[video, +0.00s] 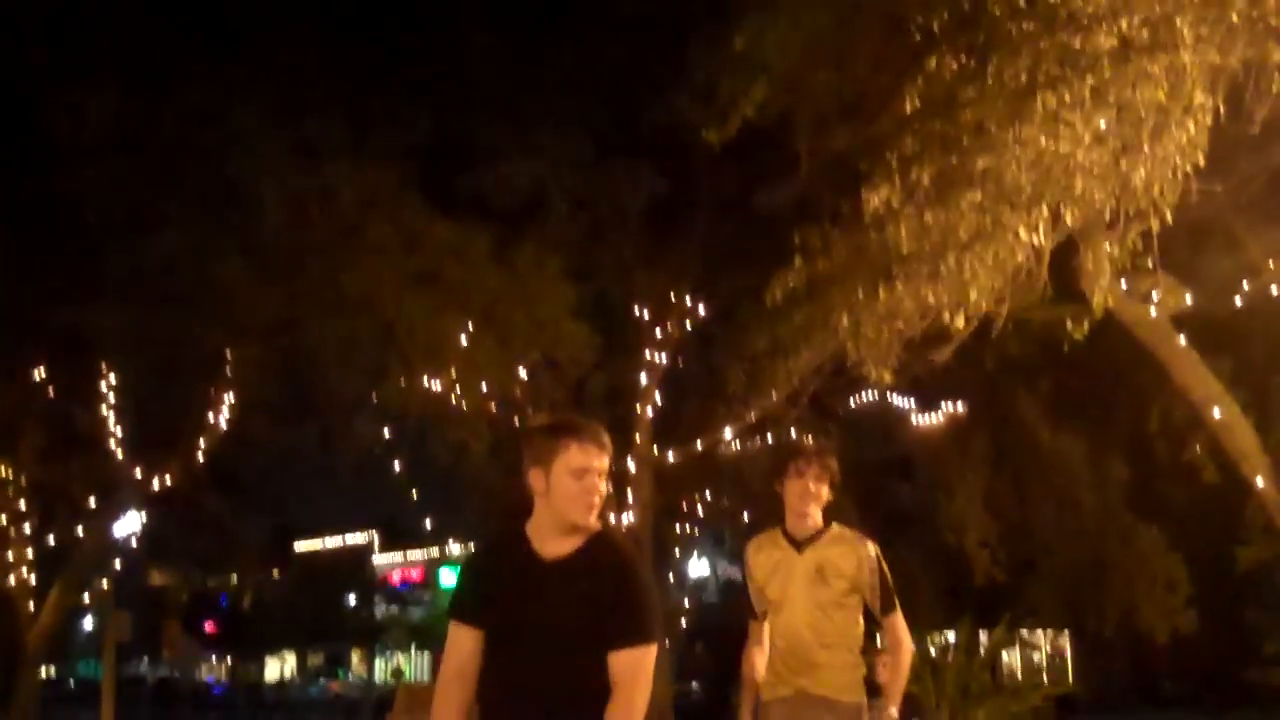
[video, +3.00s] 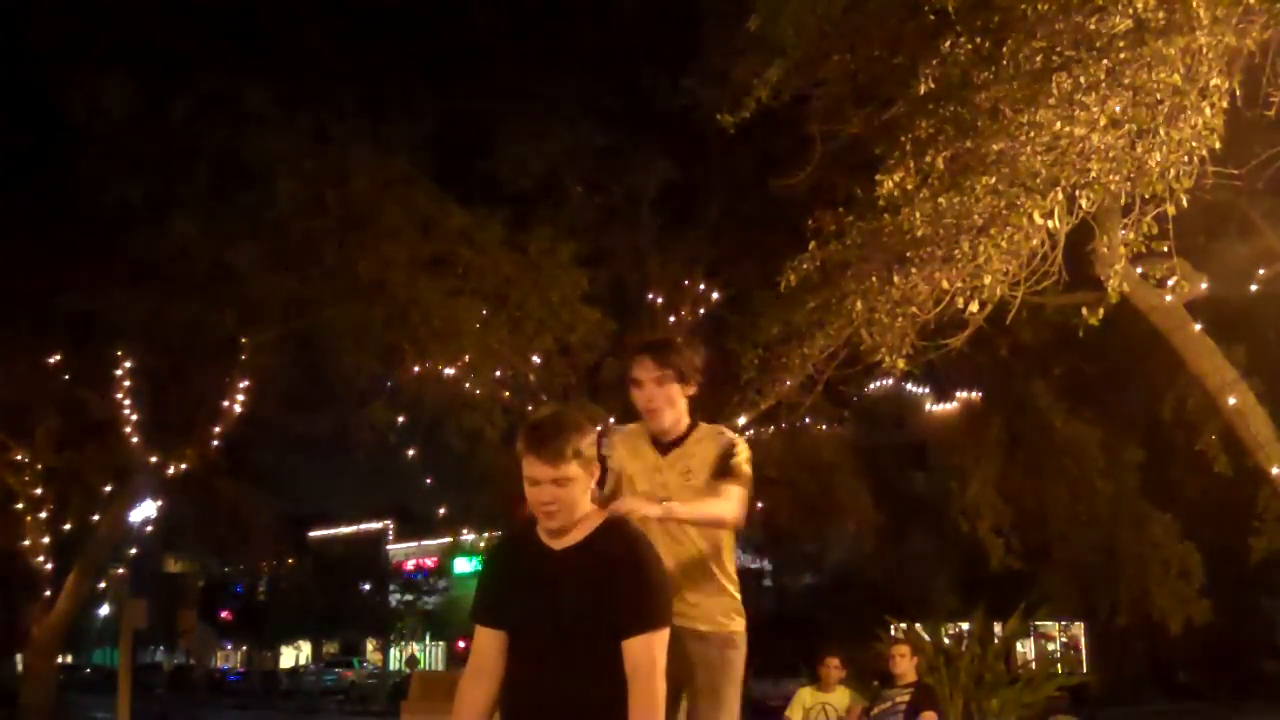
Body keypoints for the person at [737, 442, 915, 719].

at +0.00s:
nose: (809, 487)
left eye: (819, 479)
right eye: (799, 476)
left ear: (829, 492)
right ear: (781, 486)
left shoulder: (859, 551)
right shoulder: (758, 551)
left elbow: (900, 640)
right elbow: (757, 638)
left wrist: (890, 707)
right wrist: (746, 709)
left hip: (841, 702)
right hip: (778, 702)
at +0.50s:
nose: (755, 485)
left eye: (766, 476)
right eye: (746, 476)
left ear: (784, 487)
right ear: (734, 488)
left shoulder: (814, 547)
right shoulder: (729, 552)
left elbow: (840, 637)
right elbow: (733, 635)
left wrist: (843, 712)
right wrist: (718, 710)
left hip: (808, 700)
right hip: (750, 700)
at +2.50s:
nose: (709, 479)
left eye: (721, 467)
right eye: (700, 467)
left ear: (743, 476)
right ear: (691, 475)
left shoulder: (781, 539)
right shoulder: (675, 543)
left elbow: (815, 616)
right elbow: (680, 627)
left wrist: (832, 700)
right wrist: (676, 695)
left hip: (778, 698)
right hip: (713, 700)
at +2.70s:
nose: (698, 506)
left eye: (710, 494)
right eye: (689, 494)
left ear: (735, 504)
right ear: (679, 502)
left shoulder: (774, 576)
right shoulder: (664, 574)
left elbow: (813, 664)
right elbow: (652, 661)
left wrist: (820, 713)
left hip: (759, 711)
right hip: (689, 711)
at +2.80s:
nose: (685, 456)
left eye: (695, 443)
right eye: (677, 444)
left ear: (722, 451)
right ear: (668, 453)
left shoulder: (760, 516)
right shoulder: (653, 521)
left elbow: (805, 618)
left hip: (743, 700)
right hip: (673, 700)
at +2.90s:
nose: (666, 412)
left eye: (679, 398)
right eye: (658, 399)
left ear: (707, 404)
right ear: (649, 405)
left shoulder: (746, 465)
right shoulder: (637, 467)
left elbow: (785, 553)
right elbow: (622, 549)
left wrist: (728, 541)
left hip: (722, 639)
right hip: (654, 638)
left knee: (727, 714)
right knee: (650, 715)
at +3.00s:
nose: (647, 396)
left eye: (660, 382)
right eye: (637, 384)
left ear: (690, 386)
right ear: (629, 389)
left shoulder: (726, 445)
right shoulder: (618, 445)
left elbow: (730, 509)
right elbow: (594, 509)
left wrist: (658, 509)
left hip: (715, 625)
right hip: (642, 623)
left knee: (715, 713)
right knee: (639, 715)